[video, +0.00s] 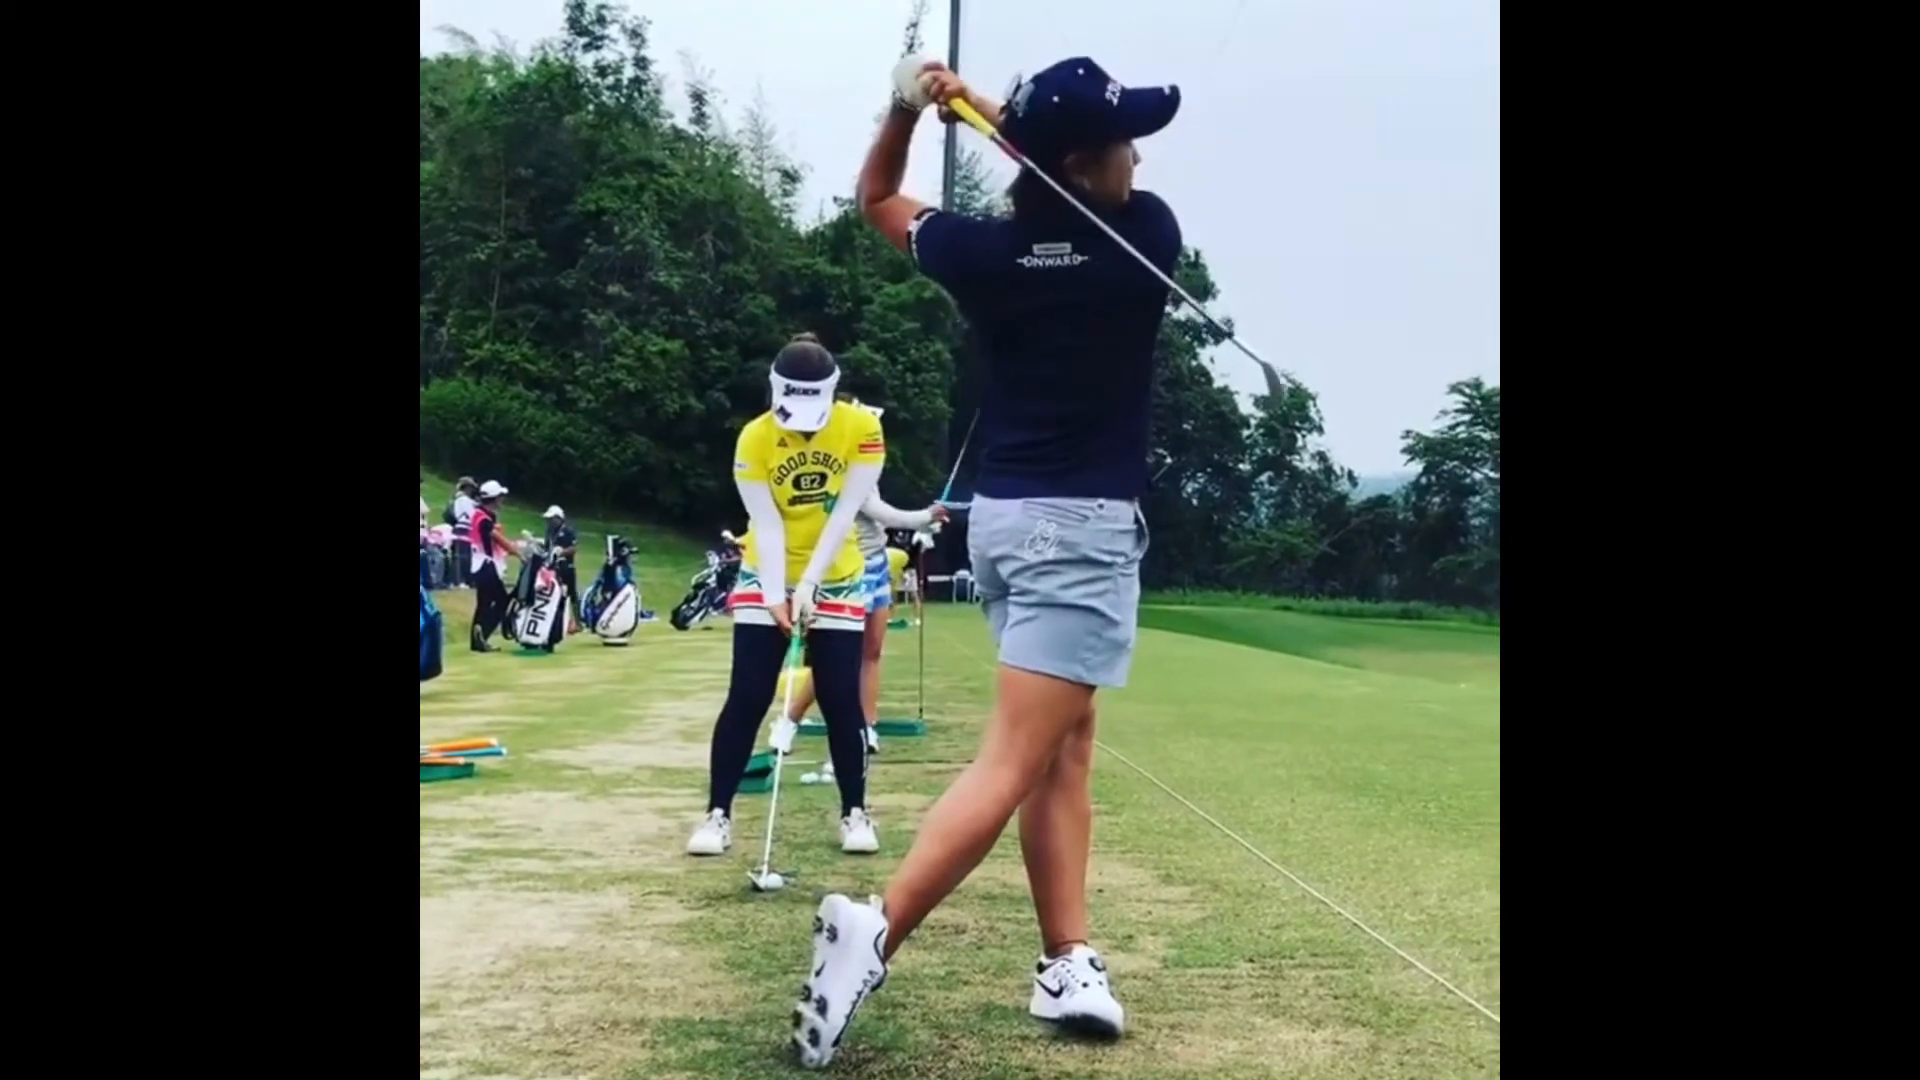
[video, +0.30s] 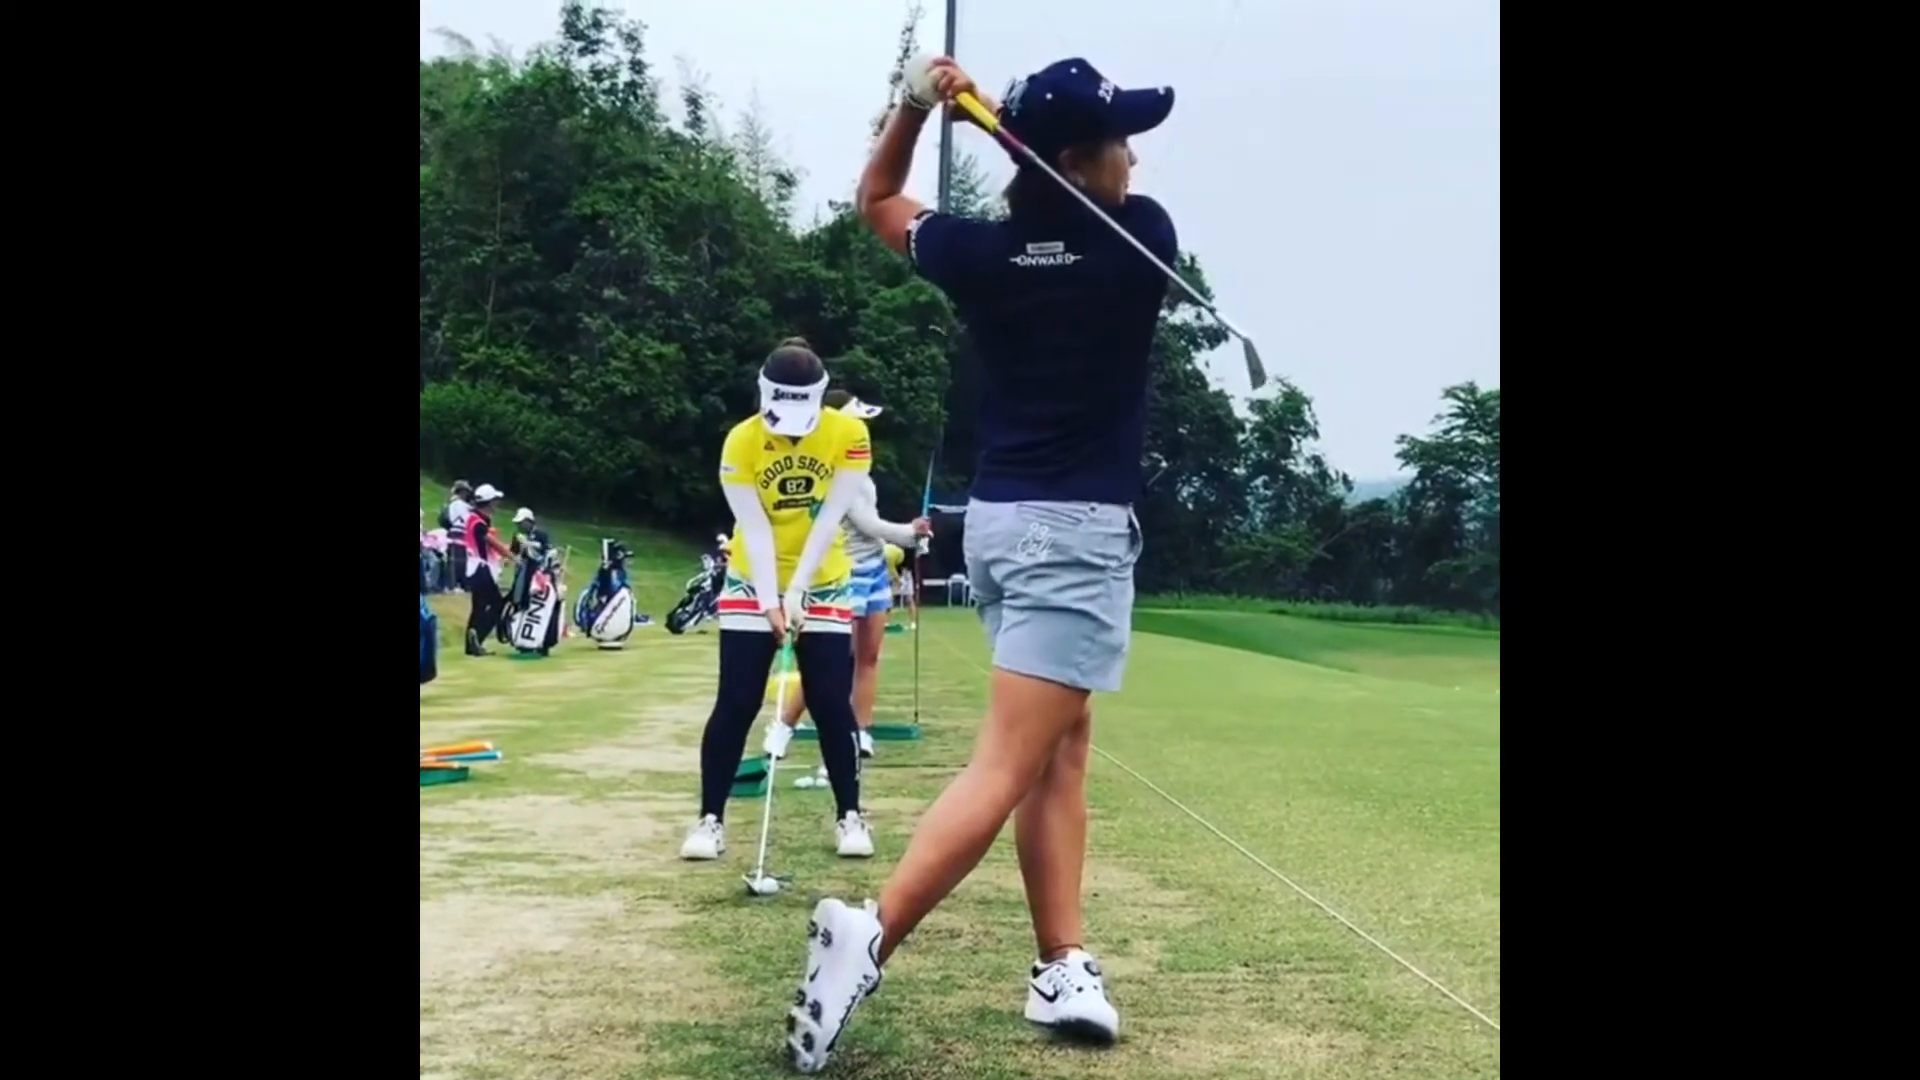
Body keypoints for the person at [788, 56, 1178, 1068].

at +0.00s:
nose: (1137, 150)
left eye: (1130, 136)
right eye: (1124, 143)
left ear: (1035, 162)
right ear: (1092, 162)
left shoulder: (981, 248)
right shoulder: (1149, 232)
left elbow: (880, 198)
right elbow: (1070, 185)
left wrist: (904, 107)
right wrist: (991, 117)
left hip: (993, 516)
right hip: (1085, 520)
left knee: (1066, 746)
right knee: (1012, 762)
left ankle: (1068, 962)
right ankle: (874, 931)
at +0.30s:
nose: (1134, 148)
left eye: (1127, 134)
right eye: (1121, 140)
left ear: (1033, 161)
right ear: (1089, 159)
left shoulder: (976, 250)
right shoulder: (1142, 235)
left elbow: (879, 198)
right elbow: (1066, 187)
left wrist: (916, 104)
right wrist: (995, 119)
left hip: (992, 522)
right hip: (1079, 526)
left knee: (1062, 750)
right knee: (1004, 768)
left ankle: (1063, 967)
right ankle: (868, 935)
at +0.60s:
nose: (938, 243)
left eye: (955, 223)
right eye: (920, 225)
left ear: (985, 199)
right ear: (890, 204)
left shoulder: (1036, 287)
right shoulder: (849, 293)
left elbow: (984, 450)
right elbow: (872, 454)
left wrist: (945, 591)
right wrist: (889, 597)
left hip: (1014, 529)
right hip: (888, 532)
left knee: (1066, 741)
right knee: (857, 744)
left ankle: (1100, 942)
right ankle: (824, 954)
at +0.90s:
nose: (938, 254)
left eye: (958, 236)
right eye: (922, 234)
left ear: (993, 216)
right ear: (897, 210)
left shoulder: (988, 320)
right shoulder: (888, 255)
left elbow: (809, 370)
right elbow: (800, 340)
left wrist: (663, 387)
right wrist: (669, 360)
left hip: (1018, 544)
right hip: (897, 542)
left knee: (1065, 760)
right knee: (867, 734)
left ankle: (1103, 946)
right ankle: (828, 958)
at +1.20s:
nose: (939, 260)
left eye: (958, 239)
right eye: (921, 242)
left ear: (999, 217)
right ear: (896, 224)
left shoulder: (991, 312)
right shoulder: (911, 286)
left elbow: (826, 251)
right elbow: (848, 306)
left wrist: (773, 175)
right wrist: (811, 192)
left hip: (1025, 555)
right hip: (908, 548)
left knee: (1062, 775)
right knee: (870, 743)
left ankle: (1099, 953)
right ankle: (825, 963)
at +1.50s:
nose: (997, 280)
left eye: (998, 254)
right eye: (973, 273)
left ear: (996, 217)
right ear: (928, 265)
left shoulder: (1014, 214)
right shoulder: (949, 356)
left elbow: (1105, 322)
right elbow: (1104, 423)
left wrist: (1197, 421)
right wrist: (1225, 445)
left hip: (1092, 513)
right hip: (1012, 535)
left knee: (1098, 728)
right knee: (968, 753)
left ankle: (1093, 952)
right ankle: (819, 942)